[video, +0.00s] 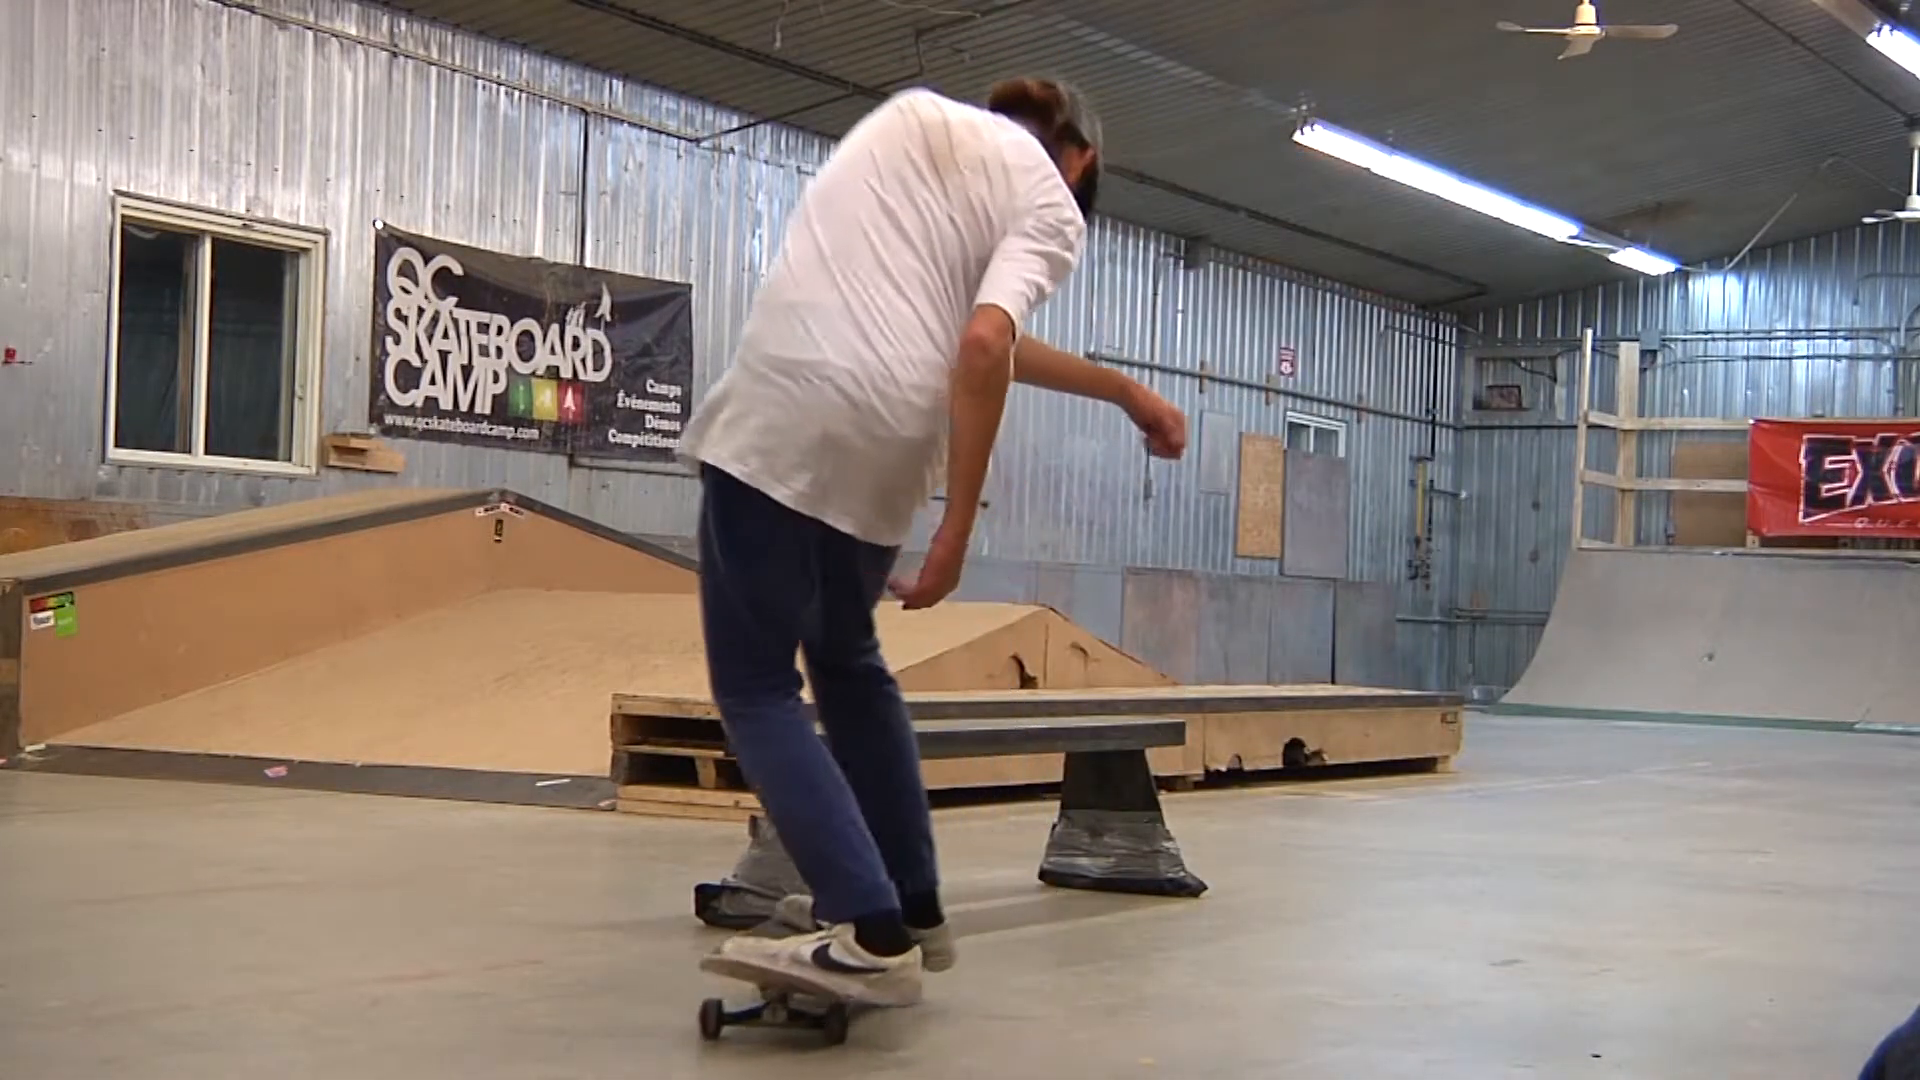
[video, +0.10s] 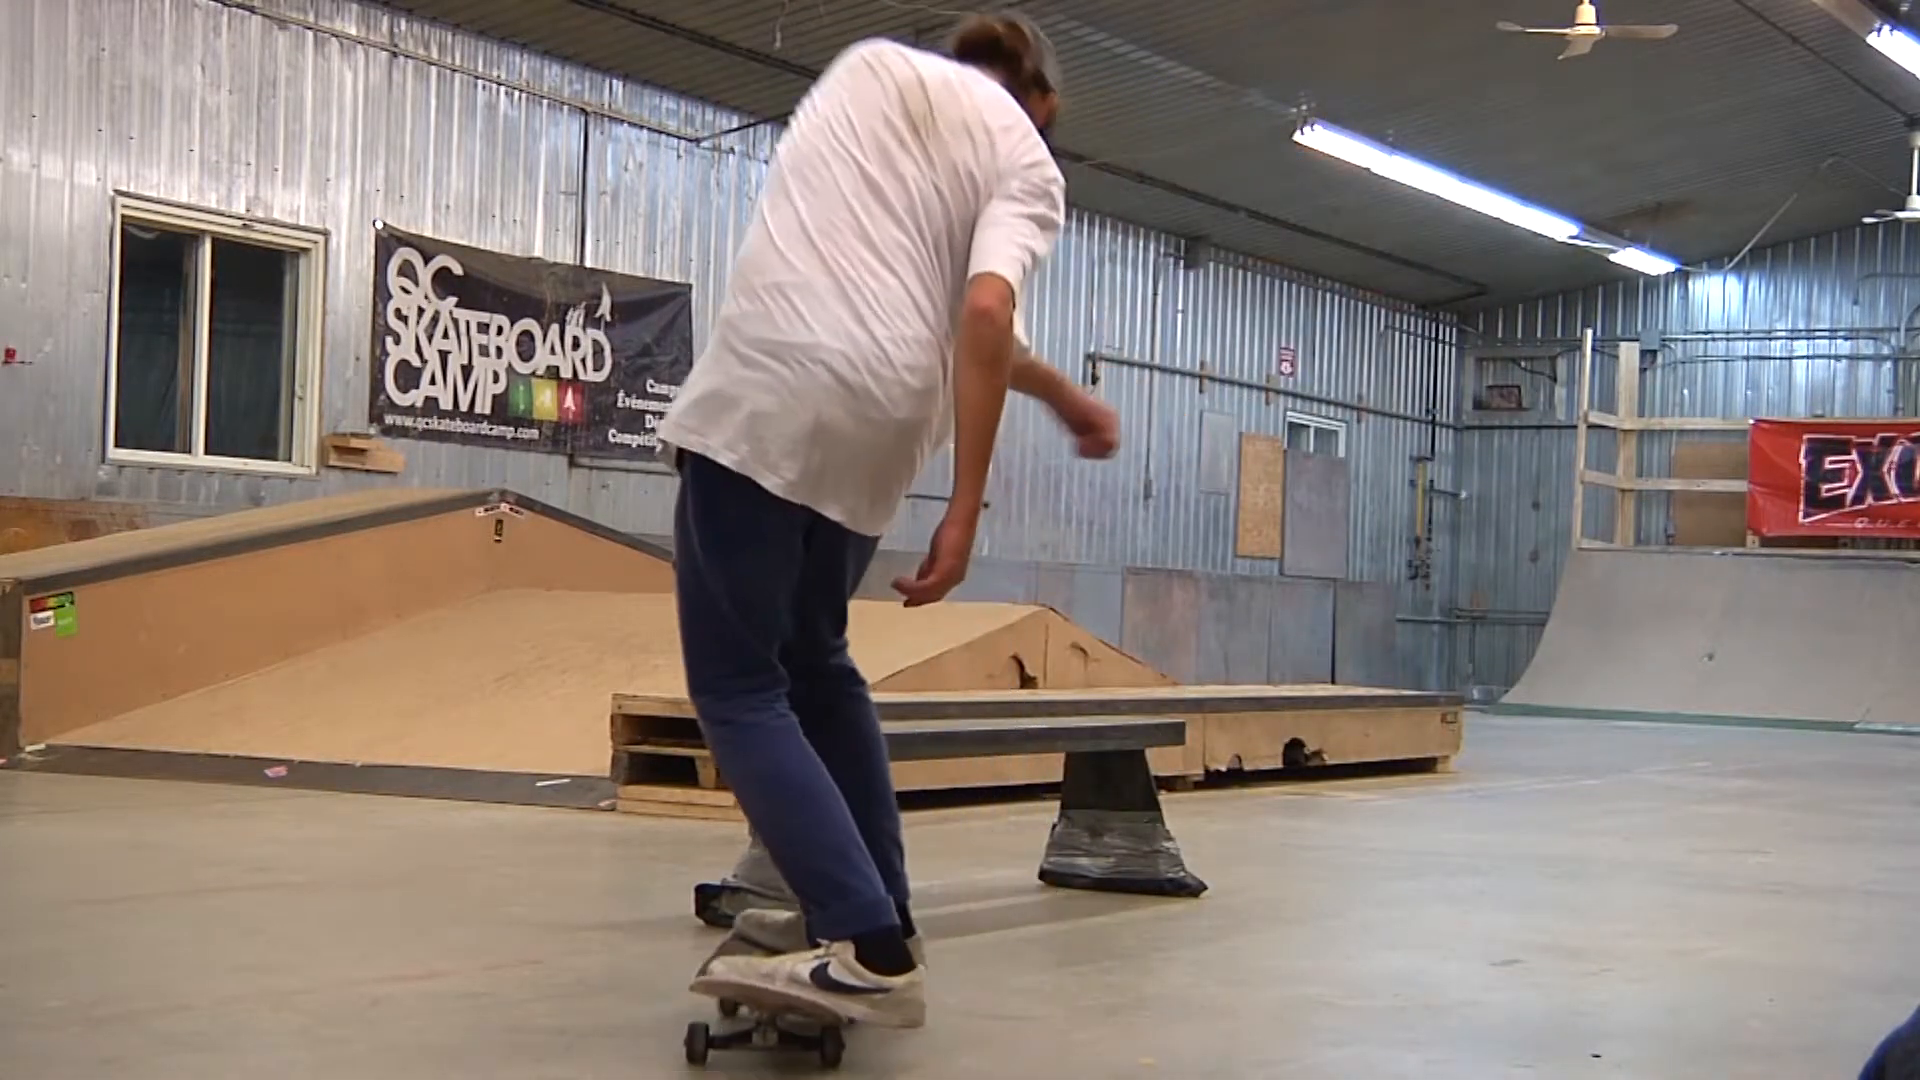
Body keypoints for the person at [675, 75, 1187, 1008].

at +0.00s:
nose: (1075, 202)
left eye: (1082, 190)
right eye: (1082, 187)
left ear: (1008, 116)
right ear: (1074, 157)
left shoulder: (912, 117)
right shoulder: (1050, 204)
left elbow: (974, 337)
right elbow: (986, 344)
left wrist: (1124, 391)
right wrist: (956, 531)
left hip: (768, 407)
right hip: (882, 439)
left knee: (756, 691)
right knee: (847, 654)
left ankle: (869, 928)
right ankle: (913, 907)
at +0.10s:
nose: (1045, 142)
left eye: (1050, 128)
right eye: (1048, 127)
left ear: (960, 56)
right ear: (1032, 101)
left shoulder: (866, 66)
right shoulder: (1027, 161)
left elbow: (910, 289)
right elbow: (988, 311)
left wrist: (1058, 393)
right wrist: (964, 507)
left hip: (758, 388)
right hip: (881, 428)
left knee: (739, 694)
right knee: (818, 659)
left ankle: (868, 945)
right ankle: (881, 917)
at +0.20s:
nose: (997, 63)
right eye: (1000, 49)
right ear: (984, 35)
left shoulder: (809, 18)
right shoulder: (1003, 113)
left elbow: (818, 237)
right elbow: (997, 283)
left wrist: (929, 410)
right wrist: (986, 485)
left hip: (762, 364)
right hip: (884, 402)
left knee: (724, 694)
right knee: (793, 652)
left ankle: (878, 963)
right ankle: (860, 924)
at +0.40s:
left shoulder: (705, 2)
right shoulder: (925, 32)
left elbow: (600, 170)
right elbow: (1018, 228)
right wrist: (1024, 443)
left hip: (784, 314)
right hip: (907, 352)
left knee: (698, 680)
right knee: (728, 660)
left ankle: (913, 989)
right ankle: (831, 952)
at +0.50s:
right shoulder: (884, 37)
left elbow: (547, 126)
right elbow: (987, 210)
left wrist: (426, 294)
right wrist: (1000, 433)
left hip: (781, 284)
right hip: (898, 335)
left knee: (689, 678)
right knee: (720, 668)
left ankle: (928, 1015)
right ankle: (841, 973)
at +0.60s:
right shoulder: (836, 33)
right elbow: (925, 184)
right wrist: (922, 412)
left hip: (757, 254)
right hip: (880, 311)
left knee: (672, 673)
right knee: (714, 667)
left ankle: (920, 1030)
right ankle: (852, 994)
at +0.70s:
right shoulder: (784, 35)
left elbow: (543, 61)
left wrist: (423, 278)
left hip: (714, 255)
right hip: (823, 298)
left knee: (634, 672)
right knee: (695, 669)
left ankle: (872, 1031)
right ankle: (902, 1000)